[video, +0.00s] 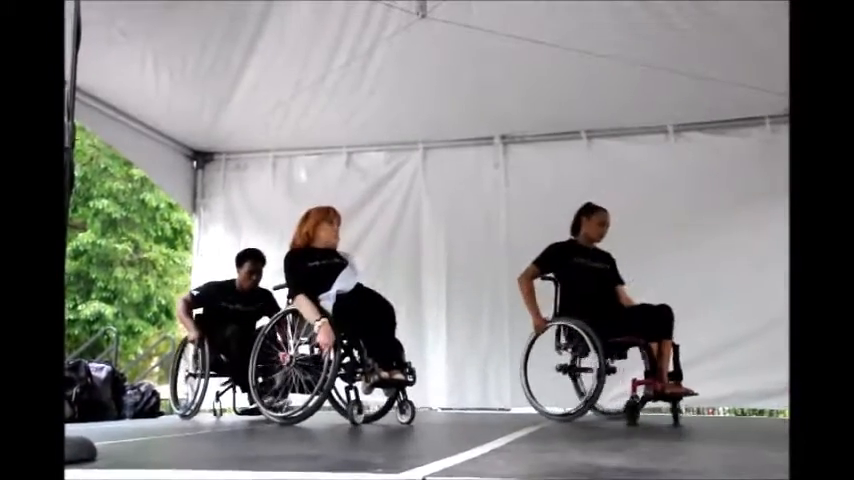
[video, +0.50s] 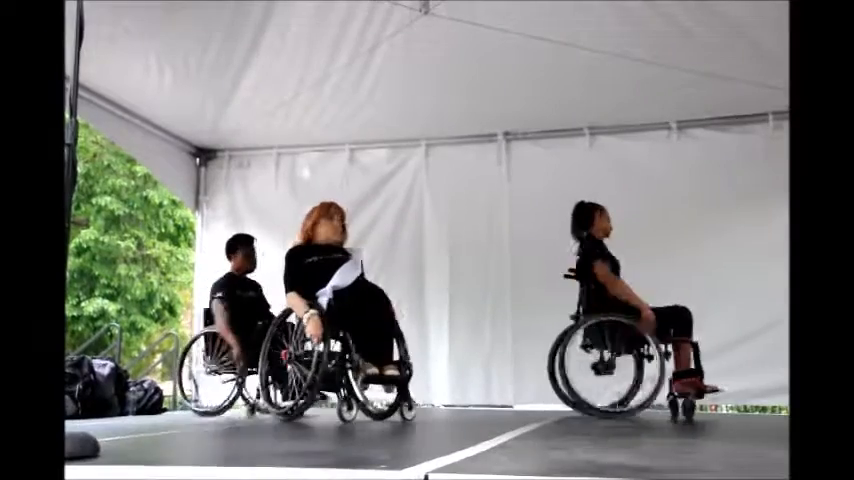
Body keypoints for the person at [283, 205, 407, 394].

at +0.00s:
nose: (336, 231)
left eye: (337, 227)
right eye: (331, 226)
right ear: (315, 228)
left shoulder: (337, 257)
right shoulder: (296, 257)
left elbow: (348, 285)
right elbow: (298, 296)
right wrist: (320, 322)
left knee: (383, 309)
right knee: (368, 315)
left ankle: (387, 365)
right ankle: (384, 366)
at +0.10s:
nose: (335, 230)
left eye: (336, 225)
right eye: (329, 224)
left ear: (338, 228)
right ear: (313, 227)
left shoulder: (337, 256)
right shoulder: (296, 256)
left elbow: (348, 284)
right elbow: (297, 296)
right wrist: (320, 322)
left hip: (356, 297)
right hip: (331, 304)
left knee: (383, 309)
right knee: (366, 317)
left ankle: (390, 365)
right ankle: (381, 366)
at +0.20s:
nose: (335, 229)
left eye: (336, 224)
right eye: (329, 223)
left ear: (338, 228)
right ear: (313, 226)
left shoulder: (337, 255)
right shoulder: (296, 256)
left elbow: (348, 283)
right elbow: (296, 296)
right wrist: (318, 320)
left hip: (354, 299)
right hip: (330, 306)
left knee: (383, 308)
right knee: (368, 315)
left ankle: (385, 364)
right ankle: (381, 365)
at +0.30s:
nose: (337, 227)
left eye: (338, 223)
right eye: (331, 221)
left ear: (340, 226)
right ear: (314, 224)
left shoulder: (339, 253)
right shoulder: (297, 254)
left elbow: (350, 281)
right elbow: (295, 295)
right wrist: (316, 317)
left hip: (353, 300)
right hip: (327, 305)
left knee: (382, 305)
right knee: (367, 310)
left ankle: (388, 363)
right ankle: (377, 363)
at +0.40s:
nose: (338, 225)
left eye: (340, 221)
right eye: (331, 220)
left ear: (343, 226)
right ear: (314, 224)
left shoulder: (342, 254)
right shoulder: (298, 253)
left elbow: (351, 282)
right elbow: (293, 294)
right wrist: (313, 316)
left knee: (381, 303)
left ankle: (388, 363)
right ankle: (375, 362)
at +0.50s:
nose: (338, 224)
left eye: (341, 220)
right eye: (330, 218)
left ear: (344, 226)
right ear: (314, 223)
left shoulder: (347, 253)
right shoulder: (297, 254)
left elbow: (362, 284)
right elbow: (291, 294)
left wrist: (386, 307)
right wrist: (308, 315)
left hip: (356, 300)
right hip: (325, 306)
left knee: (377, 300)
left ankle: (387, 363)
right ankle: (369, 363)